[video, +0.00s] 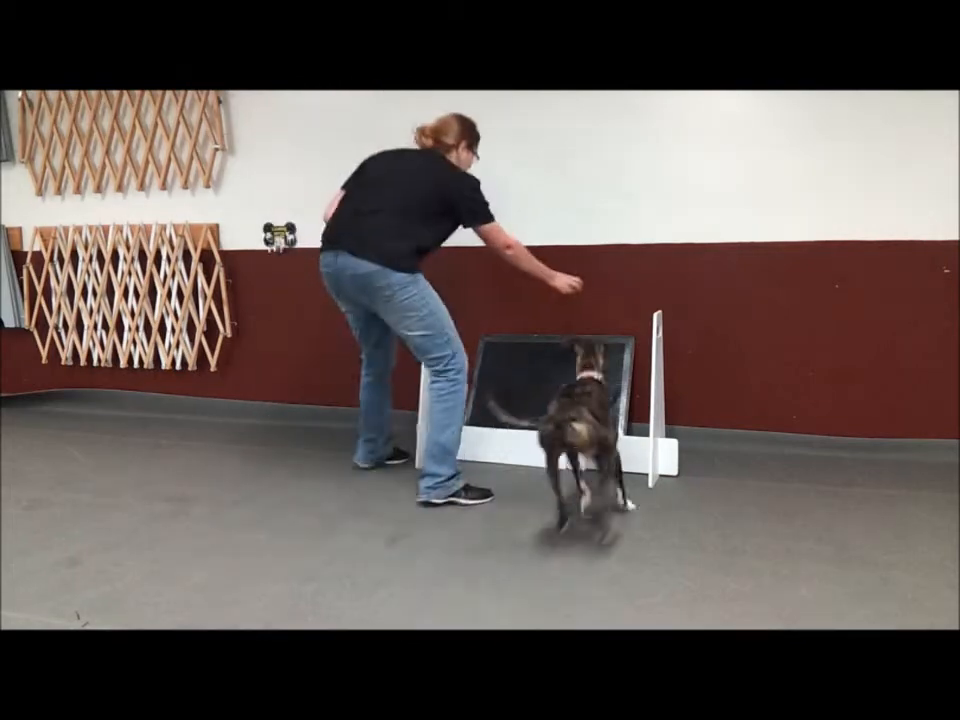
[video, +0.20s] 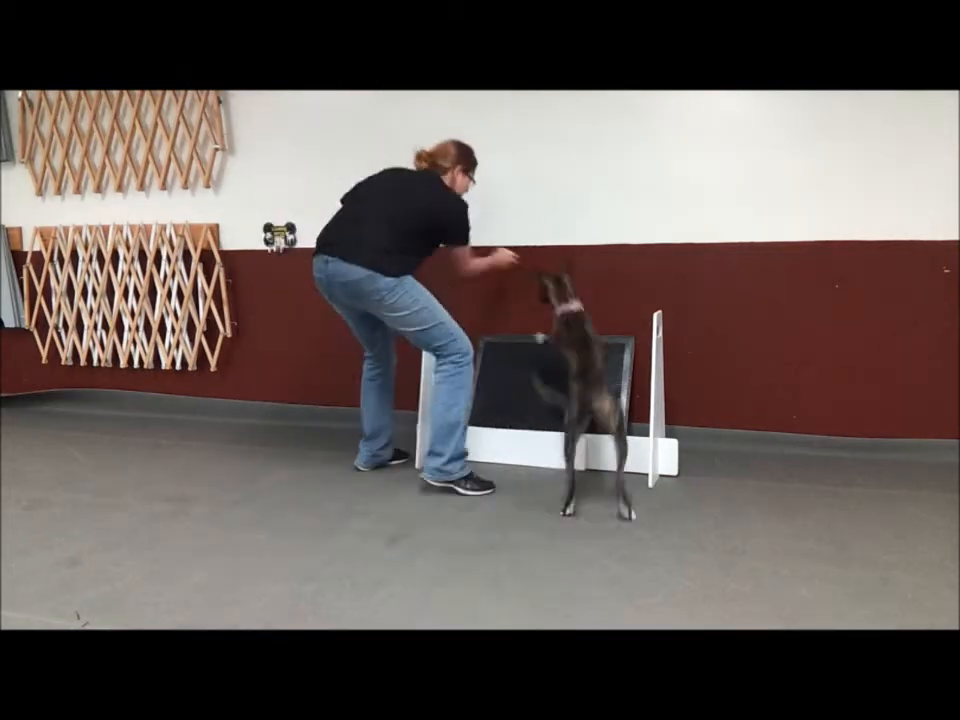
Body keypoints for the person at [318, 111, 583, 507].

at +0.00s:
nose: (472, 162)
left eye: (473, 155)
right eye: (472, 154)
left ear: (430, 140)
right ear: (459, 147)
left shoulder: (382, 159)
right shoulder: (459, 182)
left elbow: (331, 213)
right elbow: (505, 246)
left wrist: (366, 245)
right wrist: (552, 277)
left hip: (336, 262)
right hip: (386, 270)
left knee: (376, 354)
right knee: (448, 364)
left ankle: (372, 450)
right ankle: (440, 483)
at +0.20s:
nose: (468, 187)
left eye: (471, 180)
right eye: (469, 179)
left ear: (430, 163)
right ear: (455, 171)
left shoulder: (390, 176)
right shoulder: (449, 203)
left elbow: (347, 205)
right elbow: (464, 266)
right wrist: (495, 260)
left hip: (326, 267)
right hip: (374, 275)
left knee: (378, 353)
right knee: (455, 352)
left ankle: (374, 452)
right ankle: (445, 469)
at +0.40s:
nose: (479, 215)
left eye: (481, 207)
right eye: (479, 206)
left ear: (448, 195)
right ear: (464, 201)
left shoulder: (412, 209)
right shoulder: (444, 233)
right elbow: (419, 303)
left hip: (319, 260)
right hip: (348, 268)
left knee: (379, 349)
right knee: (427, 349)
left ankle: (375, 452)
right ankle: (437, 471)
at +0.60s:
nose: (485, 253)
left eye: (487, 245)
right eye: (482, 245)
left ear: (455, 236)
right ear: (458, 239)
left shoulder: (424, 237)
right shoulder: (432, 270)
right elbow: (440, 361)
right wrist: (459, 428)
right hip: (321, 279)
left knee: (389, 360)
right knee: (386, 365)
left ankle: (377, 449)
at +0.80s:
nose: (446, 284)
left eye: (452, 276)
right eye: (438, 275)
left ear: (460, 267)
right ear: (414, 263)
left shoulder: (422, 242)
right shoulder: (386, 283)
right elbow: (388, 371)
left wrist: (364, 309)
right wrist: (393, 455)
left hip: (343, 273)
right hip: (301, 276)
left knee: (366, 370)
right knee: (340, 373)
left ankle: (365, 463)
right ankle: (336, 496)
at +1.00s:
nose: (358, 247)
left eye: (365, 238)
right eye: (348, 237)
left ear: (380, 230)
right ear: (328, 227)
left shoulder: (398, 220)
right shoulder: (304, 248)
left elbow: (387, 253)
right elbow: (288, 343)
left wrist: (375, 289)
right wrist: (260, 431)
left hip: (364, 287)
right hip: (318, 292)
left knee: (362, 364)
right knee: (330, 387)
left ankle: (363, 440)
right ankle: (334, 496)